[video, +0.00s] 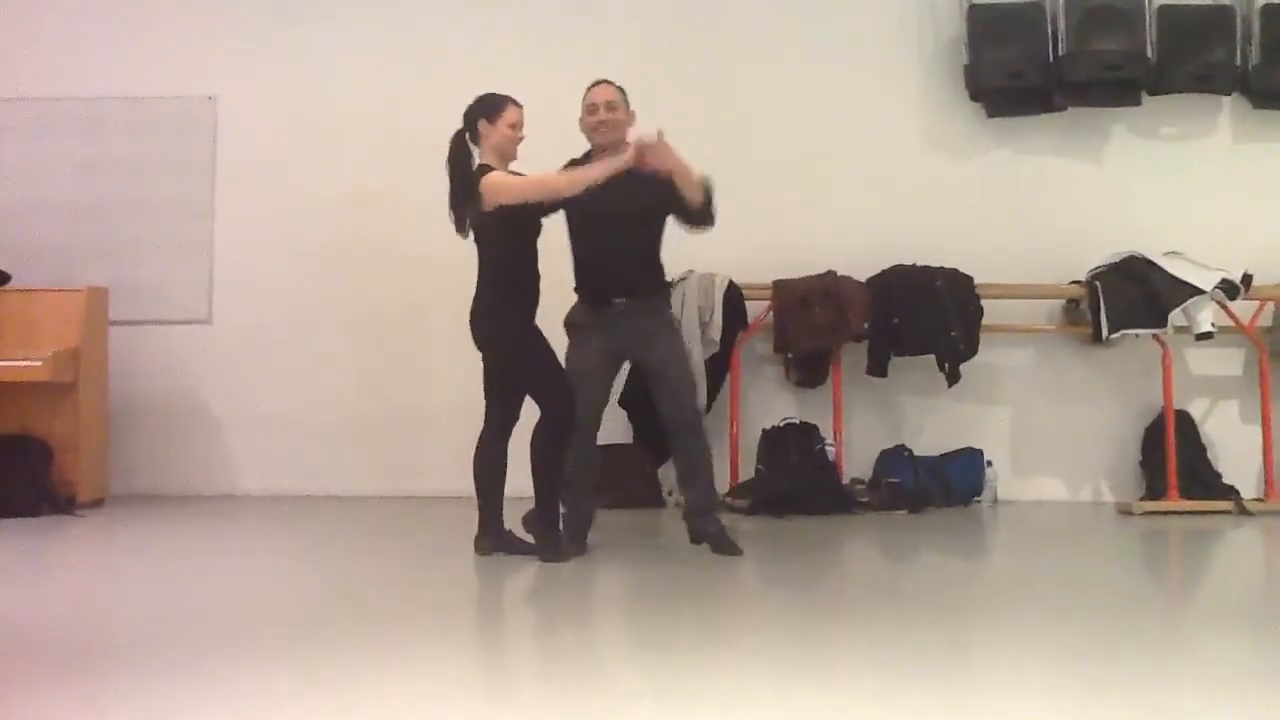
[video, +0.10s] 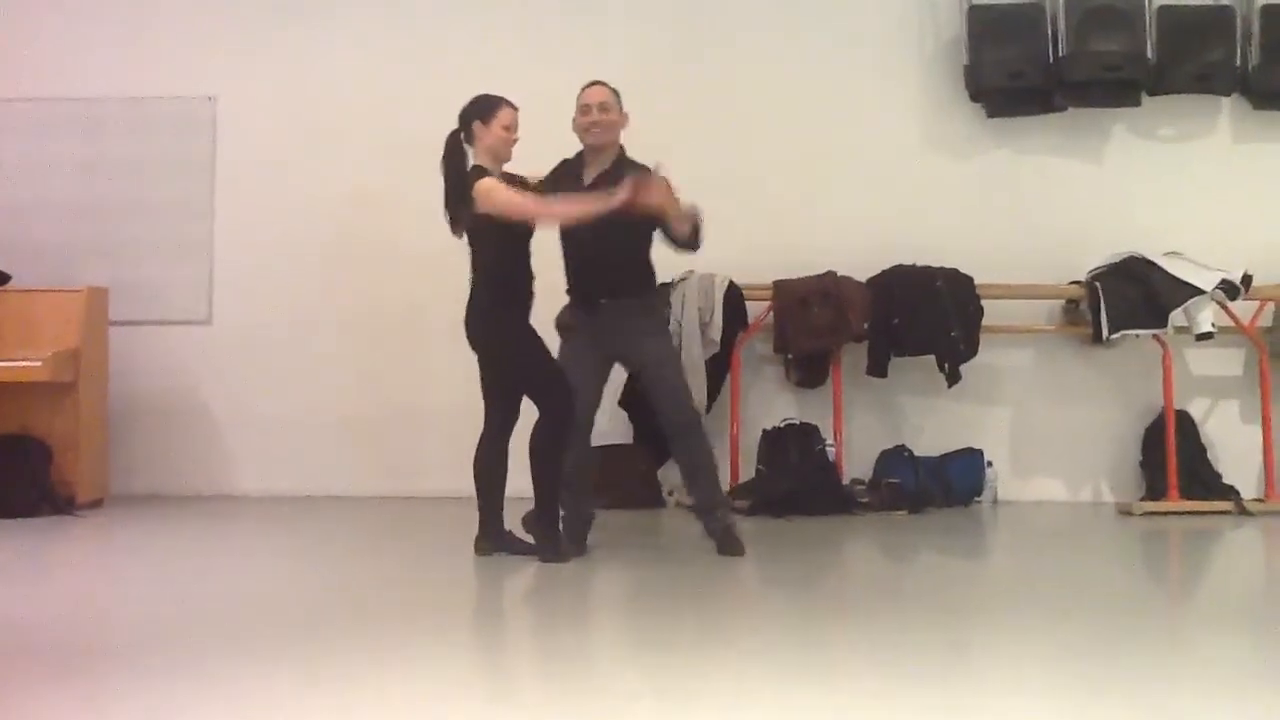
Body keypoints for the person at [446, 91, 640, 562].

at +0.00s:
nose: (521, 135)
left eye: (522, 127)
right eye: (514, 126)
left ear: (496, 131)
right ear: (485, 128)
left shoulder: (503, 182)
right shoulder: (489, 184)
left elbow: (559, 188)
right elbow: (559, 186)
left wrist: (617, 159)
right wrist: (620, 161)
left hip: (507, 316)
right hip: (504, 320)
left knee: (499, 422)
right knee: (561, 405)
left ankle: (490, 530)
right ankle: (545, 518)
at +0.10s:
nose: (514, 137)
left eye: (515, 129)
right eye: (507, 128)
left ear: (490, 134)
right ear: (478, 129)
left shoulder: (497, 180)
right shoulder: (481, 187)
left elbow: (551, 192)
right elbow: (545, 211)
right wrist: (615, 200)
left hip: (502, 317)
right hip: (498, 321)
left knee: (499, 421)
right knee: (558, 402)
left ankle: (490, 531)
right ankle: (545, 519)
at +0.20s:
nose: (504, 141)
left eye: (504, 132)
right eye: (496, 132)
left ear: (480, 137)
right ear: (466, 134)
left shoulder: (487, 189)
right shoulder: (464, 197)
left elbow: (534, 212)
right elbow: (502, 261)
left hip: (490, 322)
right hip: (480, 326)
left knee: (494, 424)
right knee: (546, 404)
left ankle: (489, 531)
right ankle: (521, 520)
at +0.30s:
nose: (496, 141)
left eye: (497, 132)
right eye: (487, 131)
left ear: (483, 137)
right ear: (458, 133)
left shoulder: (479, 189)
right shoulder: (454, 196)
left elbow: (514, 231)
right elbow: (473, 267)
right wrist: (544, 272)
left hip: (489, 320)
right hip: (471, 324)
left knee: (532, 411)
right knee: (496, 422)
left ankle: (479, 506)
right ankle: (488, 531)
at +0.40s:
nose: (487, 143)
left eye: (489, 135)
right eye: (478, 134)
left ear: (483, 141)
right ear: (449, 136)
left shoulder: (471, 190)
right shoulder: (444, 195)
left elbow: (491, 242)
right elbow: (459, 263)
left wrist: (528, 235)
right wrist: (517, 247)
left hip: (481, 321)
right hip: (462, 325)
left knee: (496, 424)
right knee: (498, 424)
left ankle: (492, 533)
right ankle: (429, 501)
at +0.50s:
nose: (474, 141)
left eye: (478, 134)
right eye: (465, 133)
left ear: (481, 141)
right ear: (439, 136)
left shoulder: (475, 196)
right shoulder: (429, 193)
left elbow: (512, 246)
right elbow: (447, 248)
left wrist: (537, 209)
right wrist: (495, 209)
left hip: (470, 325)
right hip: (437, 325)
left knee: (501, 421)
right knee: (446, 426)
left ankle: (489, 532)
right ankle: (389, 518)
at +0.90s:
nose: (471, 143)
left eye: (476, 136)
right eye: (462, 134)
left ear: (481, 143)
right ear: (437, 136)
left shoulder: (480, 197)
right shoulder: (424, 198)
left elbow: (516, 238)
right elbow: (437, 263)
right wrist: (507, 266)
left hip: (467, 327)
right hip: (427, 325)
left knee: (511, 420)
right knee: (417, 423)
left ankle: (466, 522)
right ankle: (383, 523)